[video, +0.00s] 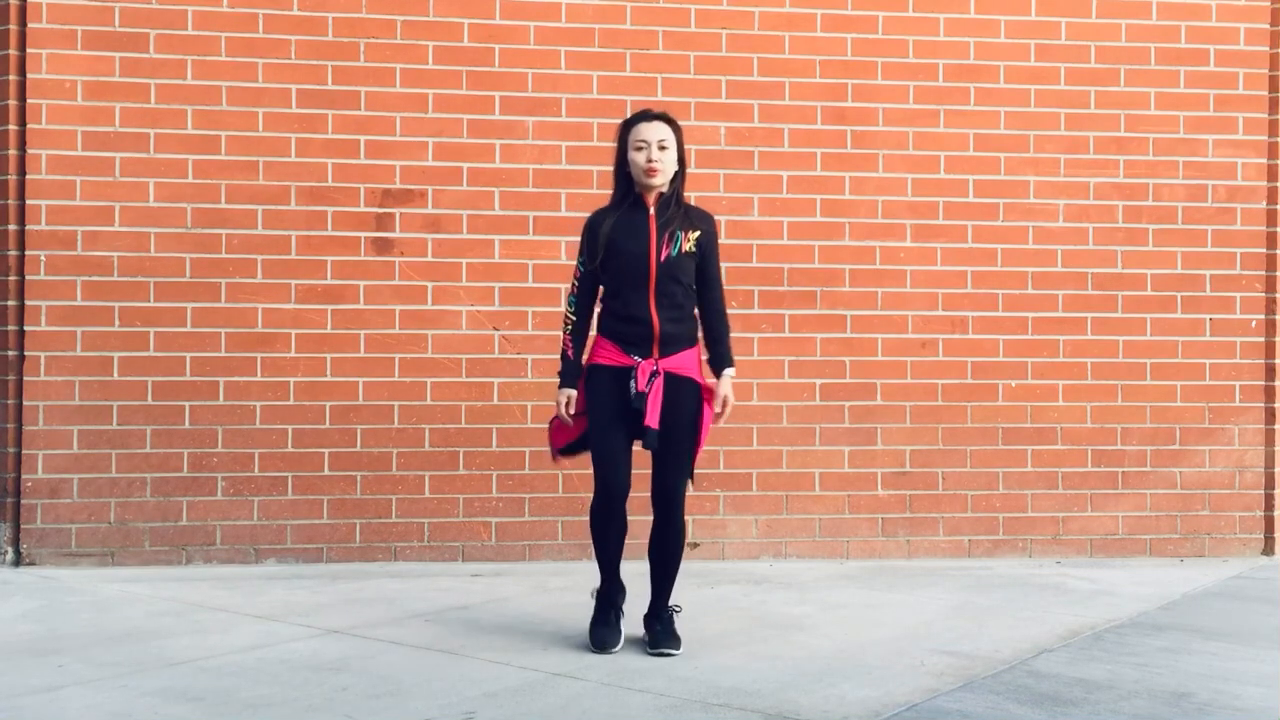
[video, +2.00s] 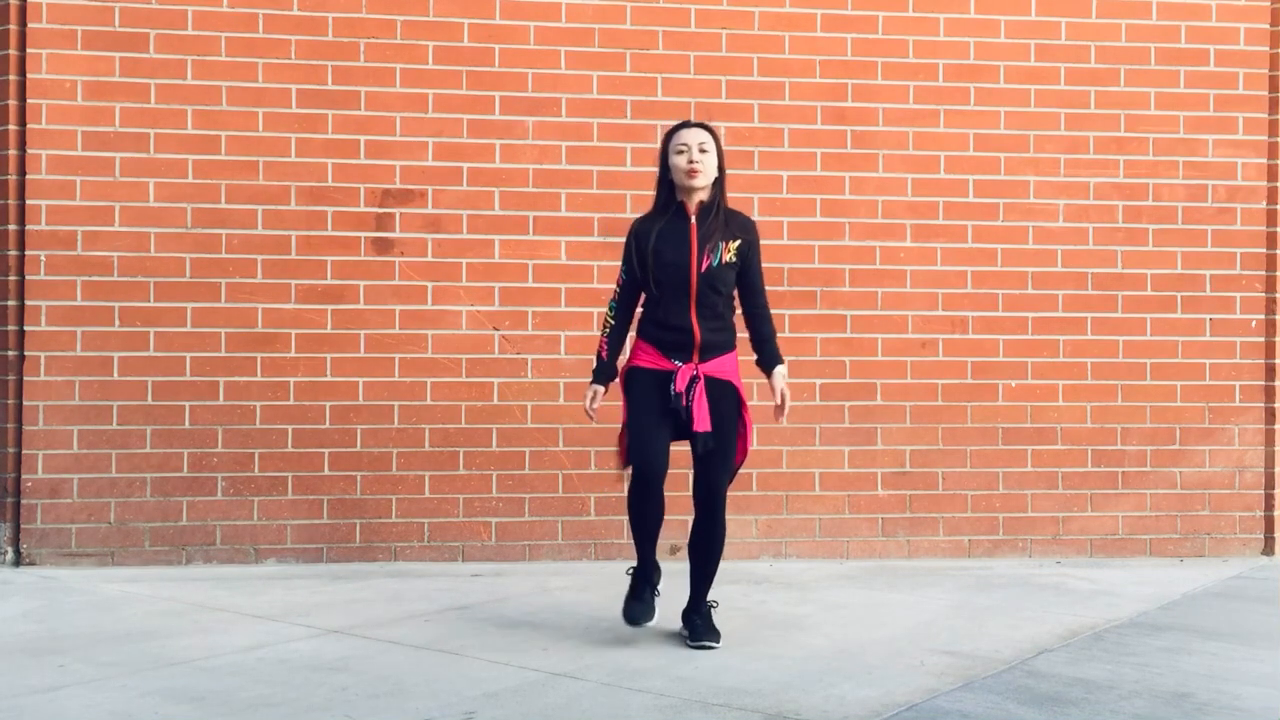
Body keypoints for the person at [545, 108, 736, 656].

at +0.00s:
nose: (652, 156)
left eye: (662, 146)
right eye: (641, 147)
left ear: (678, 156)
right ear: (625, 156)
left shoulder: (699, 224)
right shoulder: (603, 223)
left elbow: (712, 300)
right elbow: (580, 302)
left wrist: (723, 366)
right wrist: (568, 376)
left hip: (679, 373)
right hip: (611, 370)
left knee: (669, 498)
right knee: (611, 490)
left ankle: (661, 611)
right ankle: (608, 596)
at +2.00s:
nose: (693, 158)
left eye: (703, 150)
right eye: (682, 151)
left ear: (718, 162)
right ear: (666, 164)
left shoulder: (738, 228)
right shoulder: (646, 229)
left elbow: (755, 302)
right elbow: (622, 303)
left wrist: (774, 365)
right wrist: (603, 369)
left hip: (715, 371)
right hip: (651, 368)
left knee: (711, 493)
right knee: (647, 471)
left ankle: (698, 606)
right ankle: (645, 571)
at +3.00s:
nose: (691, 165)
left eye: (701, 155)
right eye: (679, 156)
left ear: (716, 162)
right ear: (663, 163)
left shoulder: (732, 227)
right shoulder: (638, 223)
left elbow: (740, 302)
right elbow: (606, 292)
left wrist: (749, 365)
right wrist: (584, 359)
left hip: (706, 367)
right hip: (639, 366)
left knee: (727, 467)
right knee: (632, 492)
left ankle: (716, 573)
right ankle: (622, 605)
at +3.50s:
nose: (713, 174)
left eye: (723, 163)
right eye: (702, 165)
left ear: (739, 168)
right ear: (685, 173)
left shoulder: (763, 222)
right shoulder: (671, 239)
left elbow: (785, 295)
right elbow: (661, 315)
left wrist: (802, 356)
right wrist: (661, 381)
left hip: (772, 371)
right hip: (710, 375)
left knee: (760, 499)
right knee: (751, 494)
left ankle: (747, 610)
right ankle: (794, 611)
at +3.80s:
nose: (714, 173)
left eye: (724, 162)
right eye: (702, 164)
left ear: (740, 169)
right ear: (687, 175)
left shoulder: (766, 228)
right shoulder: (674, 242)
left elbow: (786, 300)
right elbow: (655, 319)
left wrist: (800, 361)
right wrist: (645, 390)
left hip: (762, 372)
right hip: (698, 372)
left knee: (769, 488)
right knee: (703, 457)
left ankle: (753, 603)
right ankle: (736, 572)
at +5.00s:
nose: (673, 166)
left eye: (683, 157)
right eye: (662, 156)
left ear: (696, 165)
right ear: (644, 165)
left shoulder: (714, 227)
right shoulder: (622, 224)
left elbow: (753, 285)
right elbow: (569, 282)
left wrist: (763, 320)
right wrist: (587, 317)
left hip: (690, 373)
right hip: (624, 370)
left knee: (723, 491)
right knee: (615, 493)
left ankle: (741, 594)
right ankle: (599, 604)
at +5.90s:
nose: (714, 150)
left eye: (724, 140)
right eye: (702, 142)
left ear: (740, 149)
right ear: (686, 154)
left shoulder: (764, 214)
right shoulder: (671, 215)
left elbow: (820, 268)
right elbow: (613, 274)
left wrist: (826, 295)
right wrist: (625, 296)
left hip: (744, 366)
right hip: (678, 361)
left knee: (748, 492)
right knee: (636, 467)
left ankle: (751, 610)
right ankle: (640, 566)